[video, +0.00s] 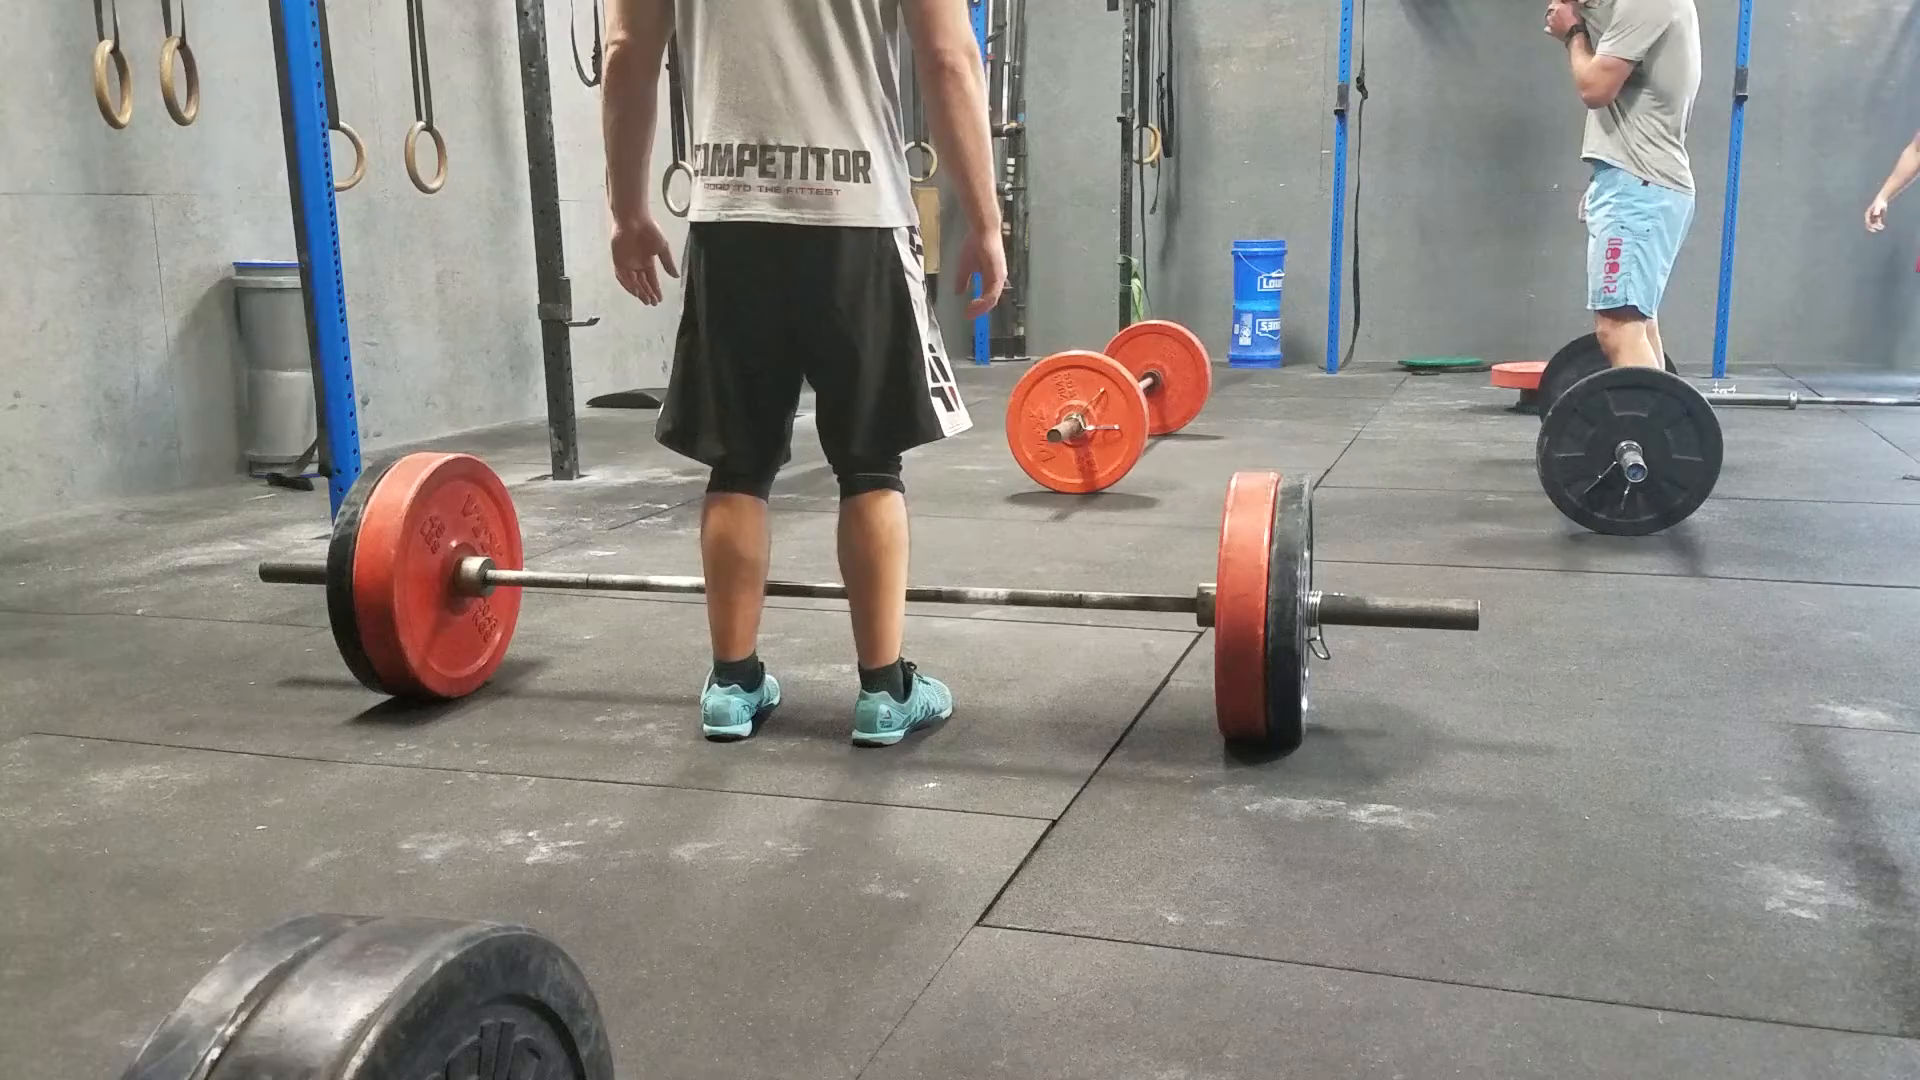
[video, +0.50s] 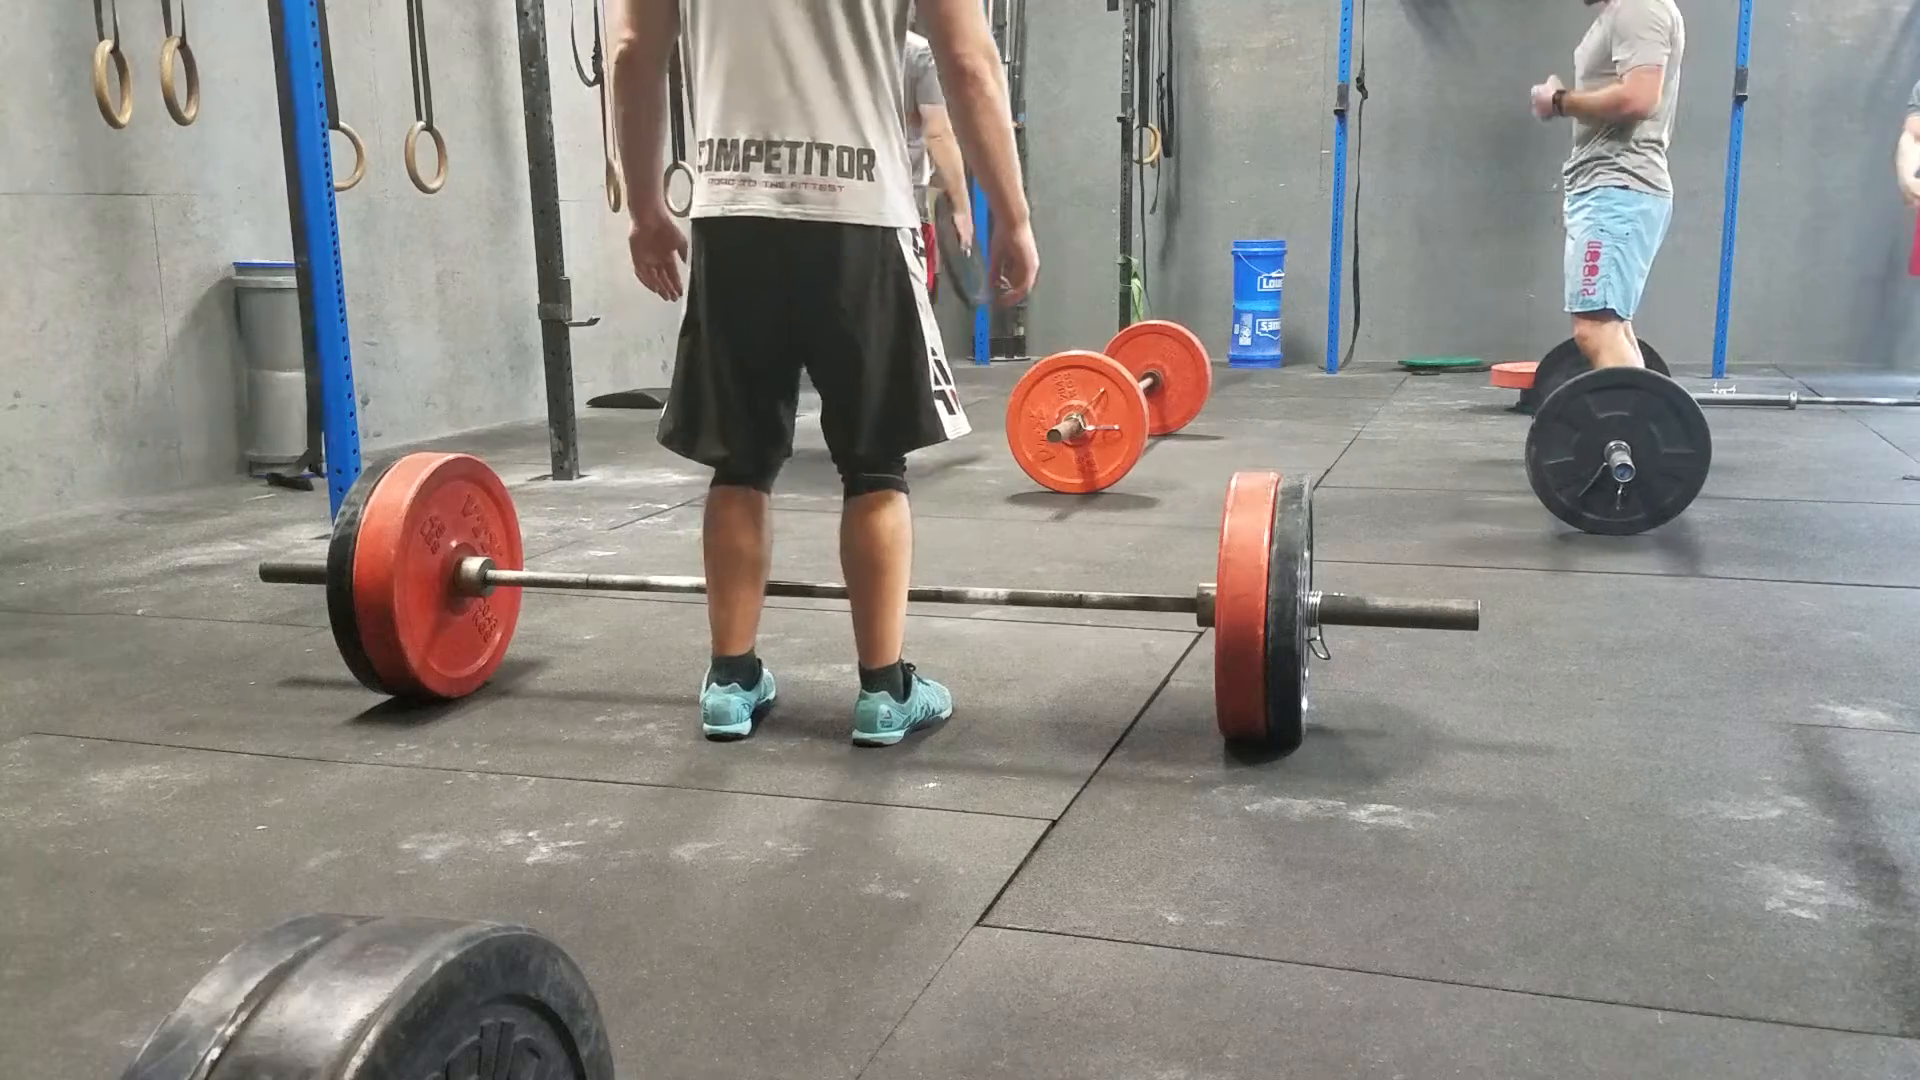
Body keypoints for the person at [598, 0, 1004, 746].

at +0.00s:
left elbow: (630, 49)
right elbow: (947, 56)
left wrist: (628, 208)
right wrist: (984, 219)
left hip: (728, 217)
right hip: (857, 218)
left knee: (737, 464)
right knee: (871, 466)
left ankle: (730, 683)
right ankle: (884, 688)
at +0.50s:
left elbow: (635, 49)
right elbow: (967, 60)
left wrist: (646, 206)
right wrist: (1011, 217)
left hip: (732, 216)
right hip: (860, 217)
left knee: (738, 464)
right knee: (875, 468)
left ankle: (729, 682)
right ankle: (884, 689)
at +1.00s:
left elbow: (614, 55)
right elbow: (938, 60)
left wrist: (602, 213)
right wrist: (981, 216)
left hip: (716, 216)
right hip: (843, 216)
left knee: (732, 461)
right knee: (870, 461)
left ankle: (729, 682)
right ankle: (884, 685)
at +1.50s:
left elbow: (645, 51)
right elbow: (974, 61)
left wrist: (666, 200)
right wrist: (1025, 207)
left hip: (738, 214)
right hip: (864, 217)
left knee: (743, 461)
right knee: (875, 465)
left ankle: (734, 680)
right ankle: (884, 686)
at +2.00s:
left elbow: (631, 54)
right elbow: (951, 62)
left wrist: (626, 215)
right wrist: (987, 221)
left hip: (724, 216)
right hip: (852, 217)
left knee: (741, 462)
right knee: (876, 464)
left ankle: (734, 679)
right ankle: (884, 685)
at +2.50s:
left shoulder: (682, 6)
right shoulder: (918, 4)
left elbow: (640, 159)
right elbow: (954, 165)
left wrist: (644, 314)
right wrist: (982, 319)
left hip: (695, 215)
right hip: (832, 214)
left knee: (727, 468)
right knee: (880, 465)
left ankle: (733, 680)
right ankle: (885, 687)